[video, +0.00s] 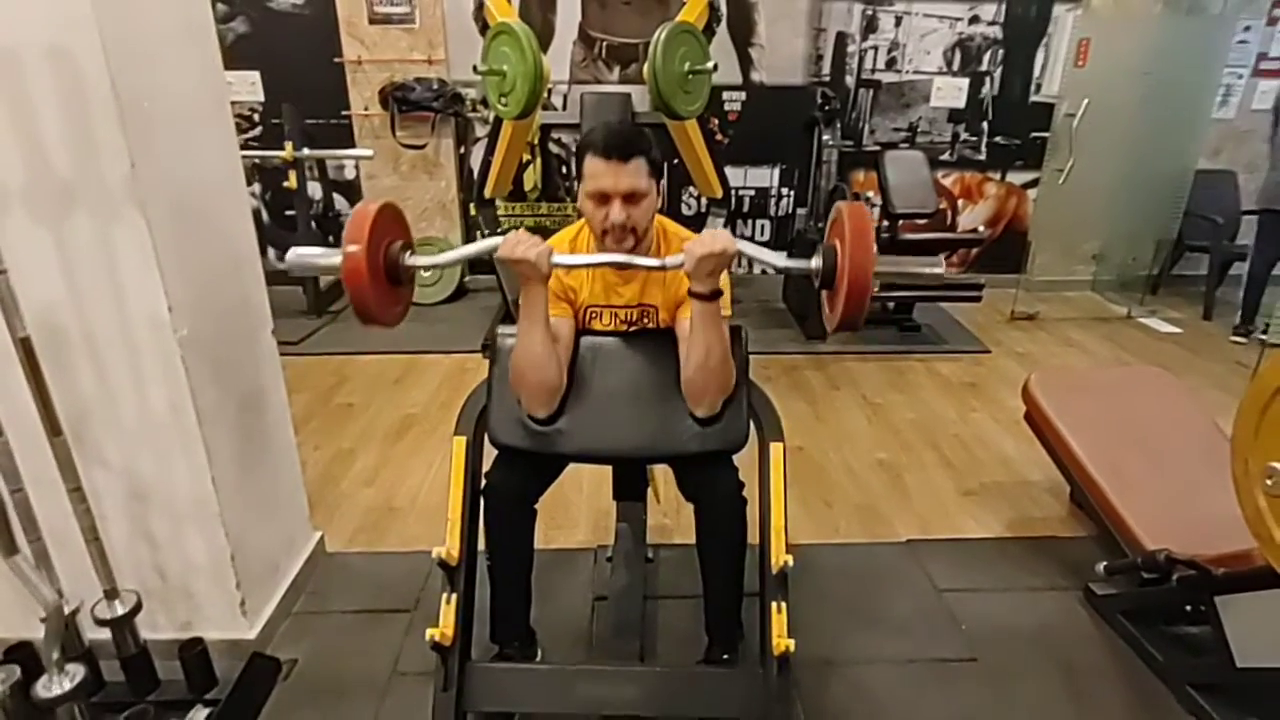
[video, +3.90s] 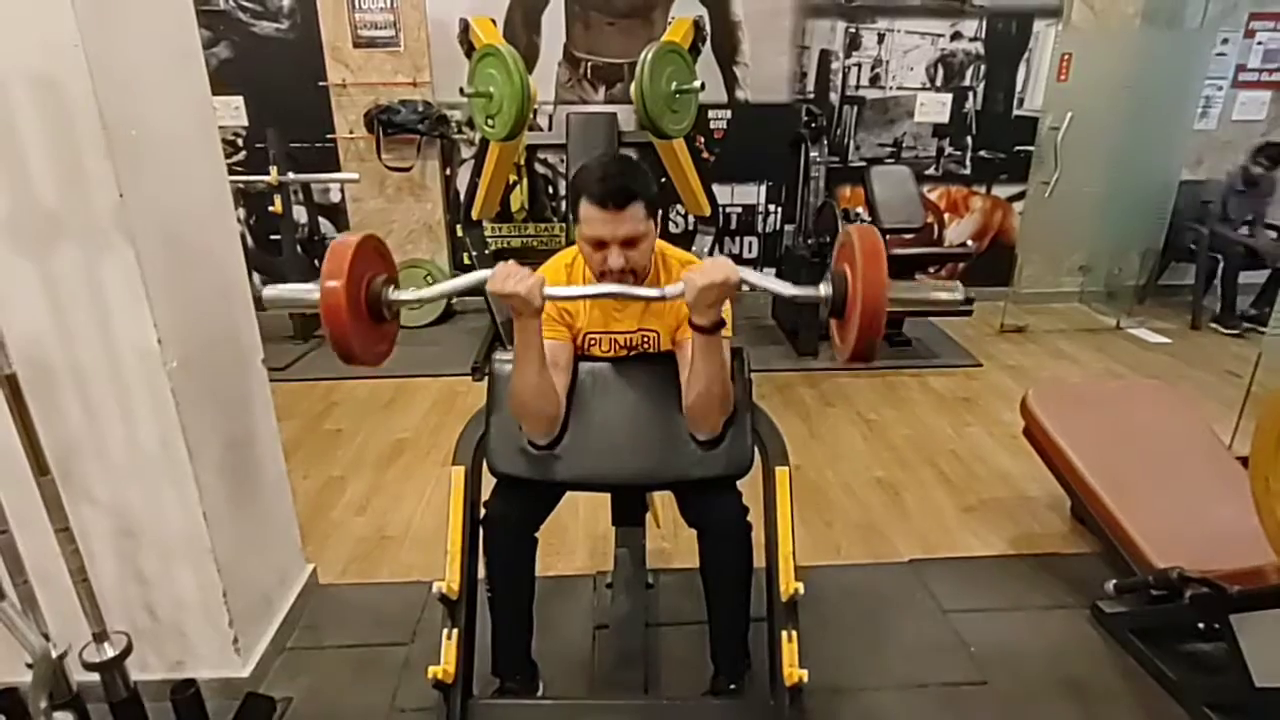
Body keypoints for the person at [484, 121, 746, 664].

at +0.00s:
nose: (616, 216)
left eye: (633, 198)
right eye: (600, 199)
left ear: (657, 192)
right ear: (579, 195)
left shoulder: (690, 254)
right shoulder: (559, 255)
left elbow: (707, 403)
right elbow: (539, 404)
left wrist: (705, 290)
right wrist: (532, 286)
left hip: (668, 399)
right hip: (577, 398)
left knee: (721, 489)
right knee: (505, 488)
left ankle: (724, 648)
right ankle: (513, 647)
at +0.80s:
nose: (616, 211)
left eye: (633, 196)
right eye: (600, 196)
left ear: (658, 205)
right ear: (579, 206)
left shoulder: (695, 275)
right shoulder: (552, 276)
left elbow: (713, 428)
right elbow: (537, 428)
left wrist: (710, 353)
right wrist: (524, 348)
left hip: (671, 418)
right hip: (577, 417)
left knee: (727, 512)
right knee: (505, 513)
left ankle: (730, 672)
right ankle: (513, 672)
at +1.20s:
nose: (610, 206)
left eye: (628, 191)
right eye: (593, 191)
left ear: (654, 198)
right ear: (572, 199)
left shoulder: (694, 274)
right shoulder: (541, 274)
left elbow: (709, 404)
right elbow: (531, 393)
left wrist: (716, 435)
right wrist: (507, 431)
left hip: (666, 417)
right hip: (571, 414)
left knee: (723, 504)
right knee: (500, 509)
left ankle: (727, 670)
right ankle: (507, 672)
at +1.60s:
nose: (613, 251)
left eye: (629, 234)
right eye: (594, 236)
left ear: (651, 210)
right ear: (570, 213)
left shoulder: (689, 273)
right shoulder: (536, 272)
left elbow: (704, 407)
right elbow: (523, 404)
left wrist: (706, 506)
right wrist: (503, 502)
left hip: (664, 417)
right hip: (564, 417)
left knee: (723, 518)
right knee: (492, 518)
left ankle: (723, 673)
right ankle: (502, 675)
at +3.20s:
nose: (619, 276)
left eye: (635, 261)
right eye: (603, 262)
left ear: (658, 233)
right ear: (580, 235)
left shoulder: (696, 279)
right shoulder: (550, 278)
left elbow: (712, 398)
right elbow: (535, 398)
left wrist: (715, 441)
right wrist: (512, 441)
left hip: (666, 414)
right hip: (576, 412)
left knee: (723, 507)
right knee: (504, 514)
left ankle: (729, 674)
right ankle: (513, 677)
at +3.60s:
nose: (613, 280)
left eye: (629, 267)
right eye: (597, 267)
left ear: (654, 237)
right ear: (577, 238)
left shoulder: (696, 281)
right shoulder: (550, 283)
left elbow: (709, 429)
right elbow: (538, 434)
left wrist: (712, 385)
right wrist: (516, 382)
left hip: (669, 425)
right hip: (575, 425)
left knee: (725, 517)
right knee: (504, 517)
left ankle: (731, 676)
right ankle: (515, 679)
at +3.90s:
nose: (615, 261)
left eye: (630, 243)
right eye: (597, 245)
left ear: (655, 224)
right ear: (577, 231)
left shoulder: (690, 277)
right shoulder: (555, 281)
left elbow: (708, 427)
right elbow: (540, 431)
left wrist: (706, 322)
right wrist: (525, 321)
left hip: (668, 418)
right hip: (576, 418)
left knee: (724, 515)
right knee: (505, 519)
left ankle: (730, 680)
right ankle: (515, 680)